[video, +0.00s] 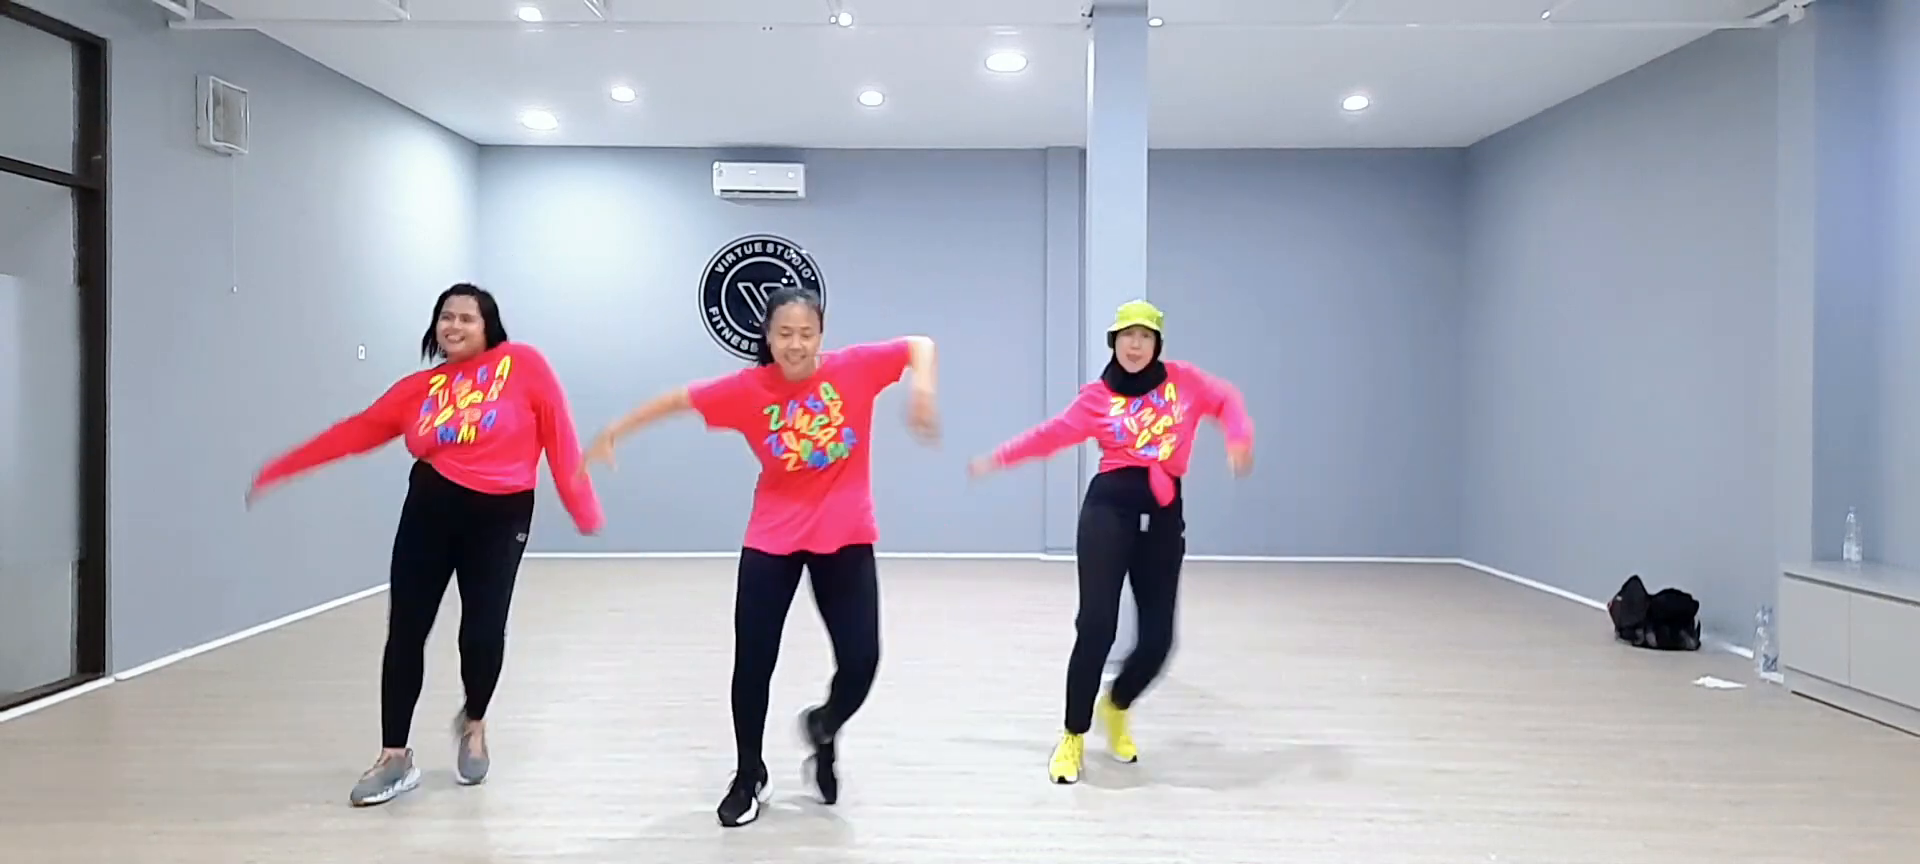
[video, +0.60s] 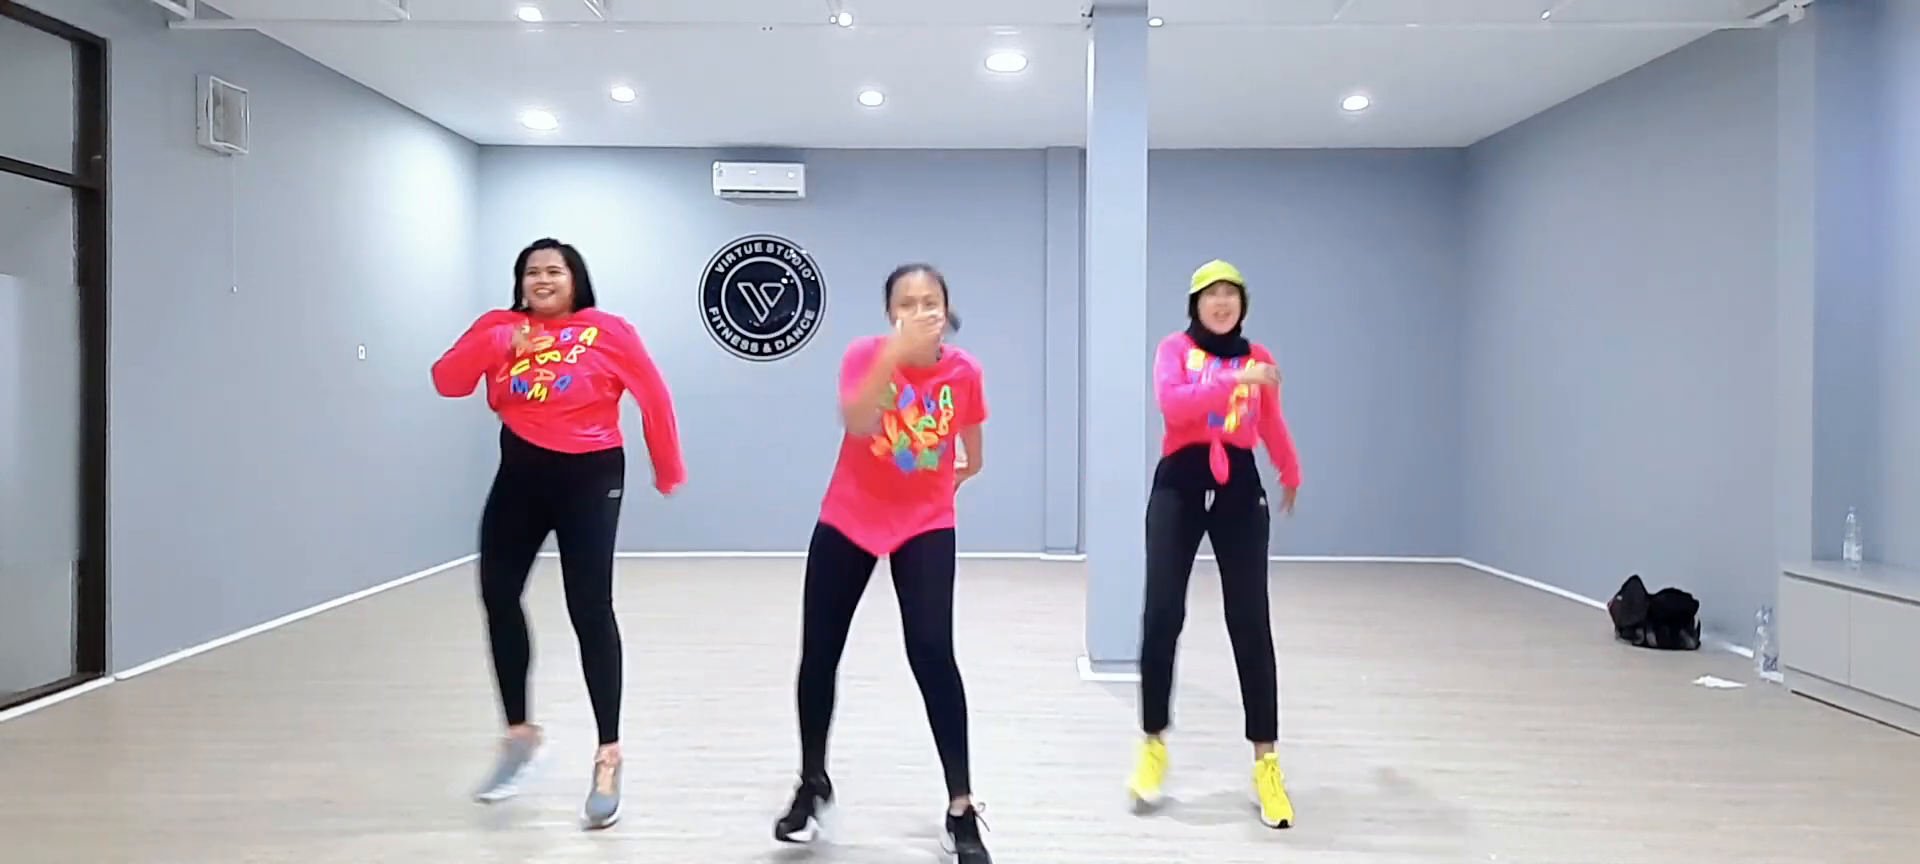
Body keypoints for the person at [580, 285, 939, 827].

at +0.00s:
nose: (796, 344)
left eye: (806, 333)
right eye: (785, 334)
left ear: (822, 337)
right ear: (768, 338)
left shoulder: (851, 368)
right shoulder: (747, 389)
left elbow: (922, 346)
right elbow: (677, 401)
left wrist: (922, 394)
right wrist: (612, 432)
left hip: (844, 533)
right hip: (774, 534)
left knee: (861, 661)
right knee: (752, 660)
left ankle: (823, 728)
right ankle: (749, 772)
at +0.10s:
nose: (814, 337)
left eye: (824, 326)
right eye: (803, 327)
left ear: (838, 328)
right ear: (786, 331)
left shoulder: (866, 359)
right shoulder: (765, 389)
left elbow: (926, 355)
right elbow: (706, 450)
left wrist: (971, 400)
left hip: (857, 521)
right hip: (784, 525)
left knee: (887, 631)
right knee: (755, 649)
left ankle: (870, 745)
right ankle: (746, 763)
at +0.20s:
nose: (837, 342)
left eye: (847, 331)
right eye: (826, 331)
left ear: (862, 332)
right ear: (808, 334)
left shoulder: (883, 360)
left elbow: (925, 369)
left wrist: (973, 401)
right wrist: (758, 580)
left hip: (875, 519)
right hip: (804, 525)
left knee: (905, 638)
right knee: (754, 642)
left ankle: (935, 777)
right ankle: (752, 757)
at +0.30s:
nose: (862, 365)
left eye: (872, 354)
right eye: (849, 354)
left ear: (887, 360)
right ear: (830, 360)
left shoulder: (895, 390)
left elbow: (925, 404)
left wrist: (956, 425)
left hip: (897, 561)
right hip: (822, 565)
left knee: (932, 677)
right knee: (764, 682)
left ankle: (964, 814)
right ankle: (755, 766)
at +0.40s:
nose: (886, 370)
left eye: (895, 359)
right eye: (873, 361)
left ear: (911, 365)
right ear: (855, 373)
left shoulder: (924, 408)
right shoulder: (850, 437)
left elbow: (935, 444)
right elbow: (895, 502)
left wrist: (945, 464)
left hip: (916, 571)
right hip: (848, 578)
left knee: (956, 678)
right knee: (794, 701)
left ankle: (968, 823)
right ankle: (753, 768)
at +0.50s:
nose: (908, 342)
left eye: (918, 331)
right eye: (896, 333)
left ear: (933, 338)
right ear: (878, 344)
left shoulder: (949, 391)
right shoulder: (864, 398)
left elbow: (958, 471)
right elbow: (880, 450)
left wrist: (955, 458)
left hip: (928, 546)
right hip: (855, 547)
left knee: (953, 671)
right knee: (801, 675)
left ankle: (968, 818)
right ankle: (781, 763)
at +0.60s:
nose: (922, 313)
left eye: (931, 303)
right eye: (908, 304)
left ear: (947, 313)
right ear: (890, 314)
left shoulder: (962, 372)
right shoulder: (864, 357)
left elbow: (973, 450)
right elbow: (857, 423)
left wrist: (962, 469)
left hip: (926, 521)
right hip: (850, 515)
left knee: (932, 653)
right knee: (819, 654)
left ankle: (961, 804)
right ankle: (812, 782)